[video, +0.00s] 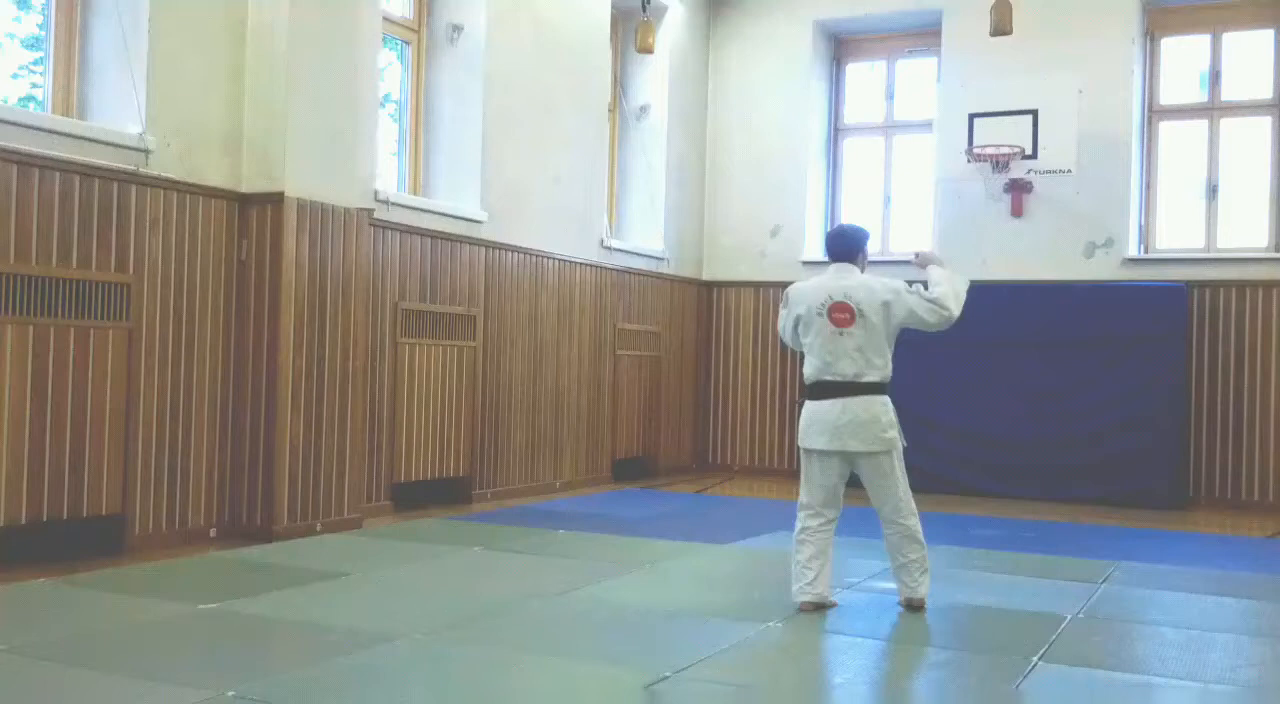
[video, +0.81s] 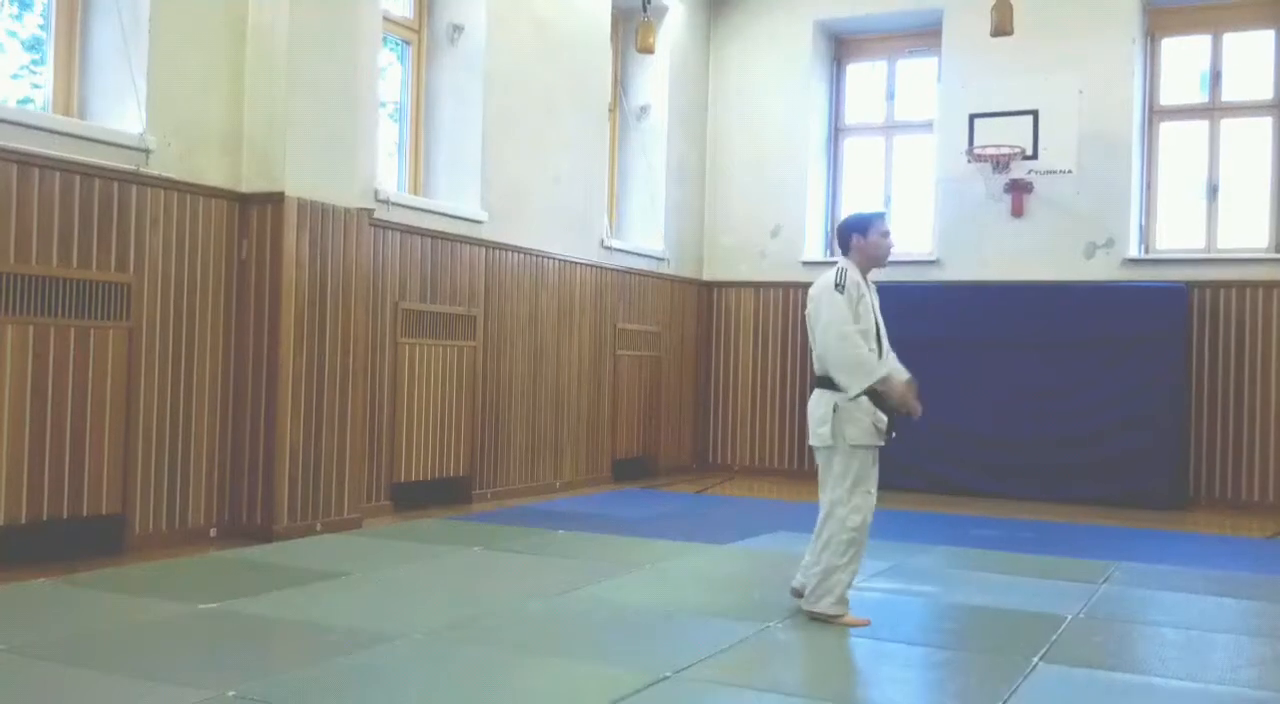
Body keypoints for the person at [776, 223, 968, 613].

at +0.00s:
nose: (866, 256)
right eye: (866, 251)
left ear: (828, 254)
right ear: (862, 255)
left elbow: (791, 338)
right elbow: (943, 310)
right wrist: (935, 268)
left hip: (820, 413)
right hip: (871, 412)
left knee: (815, 511)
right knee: (897, 509)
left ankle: (810, 594)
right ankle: (914, 592)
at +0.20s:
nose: (872, 252)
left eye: (870, 245)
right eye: (870, 246)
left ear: (831, 247)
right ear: (864, 249)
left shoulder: (802, 287)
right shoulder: (871, 284)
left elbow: (801, 334)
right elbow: (923, 307)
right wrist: (930, 265)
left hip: (814, 405)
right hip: (861, 405)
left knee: (814, 509)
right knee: (888, 504)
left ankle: (810, 593)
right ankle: (891, 594)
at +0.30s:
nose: (876, 252)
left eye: (875, 245)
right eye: (874, 245)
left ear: (834, 245)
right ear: (865, 247)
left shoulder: (806, 287)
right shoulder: (864, 283)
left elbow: (808, 349)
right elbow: (908, 307)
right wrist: (921, 264)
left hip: (815, 402)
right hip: (857, 404)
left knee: (817, 504)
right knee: (880, 501)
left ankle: (809, 591)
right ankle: (861, 591)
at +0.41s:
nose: (880, 249)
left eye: (879, 242)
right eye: (878, 243)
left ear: (840, 245)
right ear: (867, 246)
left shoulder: (817, 286)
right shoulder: (850, 283)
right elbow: (879, 316)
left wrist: (908, 308)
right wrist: (909, 272)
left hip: (821, 403)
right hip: (854, 405)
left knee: (822, 503)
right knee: (867, 500)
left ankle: (809, 589)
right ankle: (829, 591)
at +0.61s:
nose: (889, 254)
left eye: (888, 247)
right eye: (884, 246)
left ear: (860, 251)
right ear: (863, 251)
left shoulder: (855, 293)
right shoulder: (839, 289)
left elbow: (865, 351)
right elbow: (844, 339)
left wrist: (909, 360)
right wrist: (896, 313)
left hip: (846, 409)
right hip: (846, 412)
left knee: (846, 507)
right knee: (864, 512)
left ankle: (809, 589)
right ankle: (829, 603)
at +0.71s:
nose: (892, 252)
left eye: (891, 245)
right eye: (886, 244)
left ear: (863, 247)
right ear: (861, 246)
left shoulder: (861, 290)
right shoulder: (835, 285)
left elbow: (870, 345)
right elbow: (835, 338)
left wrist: (907, 369)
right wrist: (895, 339)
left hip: (854, 406)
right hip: (844, 408)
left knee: (847, 505)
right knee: (858, 510)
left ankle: (811, 584)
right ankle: (830, 602)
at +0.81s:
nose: (890, 242)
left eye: (888, 235)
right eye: (883, 235)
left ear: (862, 244)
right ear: (857, 242)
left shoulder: (862, 287)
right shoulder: (834, 285)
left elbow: (880, 349)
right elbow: (842, 351)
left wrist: (903, 383)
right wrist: (888, 389)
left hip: (857, 407)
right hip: (842, 409)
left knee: (844, 504)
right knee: (851, 510)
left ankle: (810, 581)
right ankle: (826, 601)